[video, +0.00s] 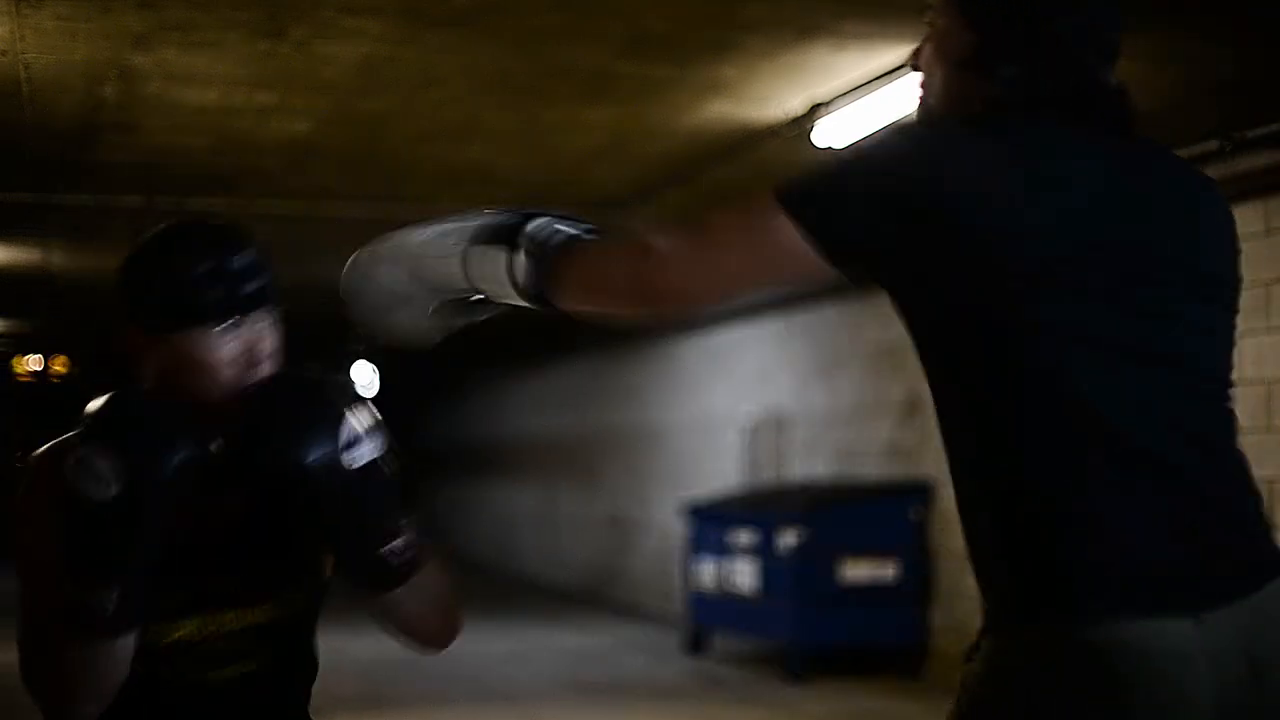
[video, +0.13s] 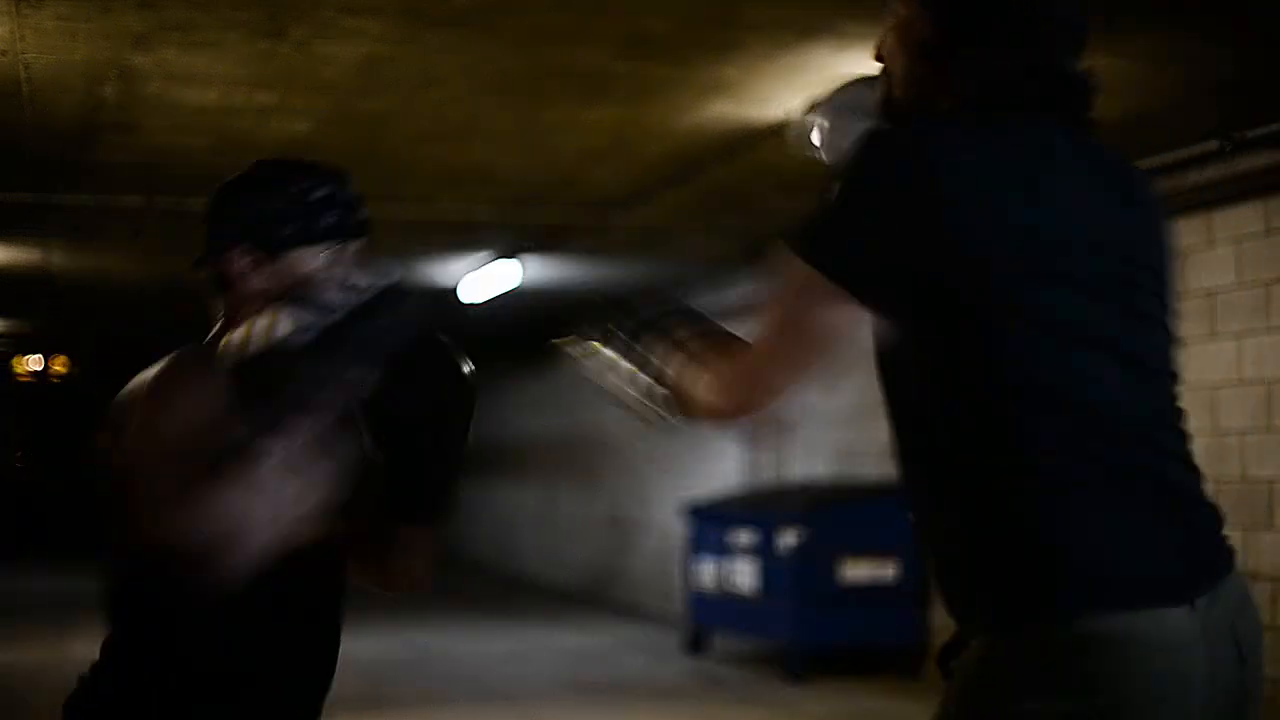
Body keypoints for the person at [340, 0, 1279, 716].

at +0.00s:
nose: (924, 63)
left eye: (937, 41)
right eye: (932, 41)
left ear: (971, 53)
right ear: (1085, 56)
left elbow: (662, 278)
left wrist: (504, 261)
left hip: (1081, 641)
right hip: (1246, 617)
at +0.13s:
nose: (882, 47)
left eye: (900, 24)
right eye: (891, 24)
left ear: (936, 39)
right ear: (1045, 41)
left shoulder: (906, 166)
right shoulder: (1114, 174)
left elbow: (741, 387)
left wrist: (683, 359)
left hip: (1057, 639)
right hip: (1211, 609)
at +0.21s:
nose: (873, 51)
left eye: (894, 24)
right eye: (883, 25)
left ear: (955, 38)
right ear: (989, 41)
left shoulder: (979, 176)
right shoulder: (1049, 166)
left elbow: (894, 461)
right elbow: (884, 412)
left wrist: (799, 473)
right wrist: (712, 301)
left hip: (1080, 656)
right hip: (1171, 626)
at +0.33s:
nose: (903, 58)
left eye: (922, 26)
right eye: (913, 30)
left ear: (984, 41)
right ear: (1032, 49)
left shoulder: (1017, 184)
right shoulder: (1083, 177)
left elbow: (1024, 466)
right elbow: (971, 439)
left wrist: (861, 574)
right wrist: (787, 376)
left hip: (1099, 658)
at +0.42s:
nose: (932, 47)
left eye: (953, 20)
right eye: (942, 23)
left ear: (1014, 31)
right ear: (1039, 38)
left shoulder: (1065, 184)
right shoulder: (1112, 178)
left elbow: (1076, 461)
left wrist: (878, 565)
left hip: (1128, 661)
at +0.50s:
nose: (975, 59)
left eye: (994, 32)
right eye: (984, 35)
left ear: (1059, 45)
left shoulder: (1115, 197)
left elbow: (1129, 461)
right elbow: (1098, 449)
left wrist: (949, 501)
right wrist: (943, 467)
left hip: (1170, 662)